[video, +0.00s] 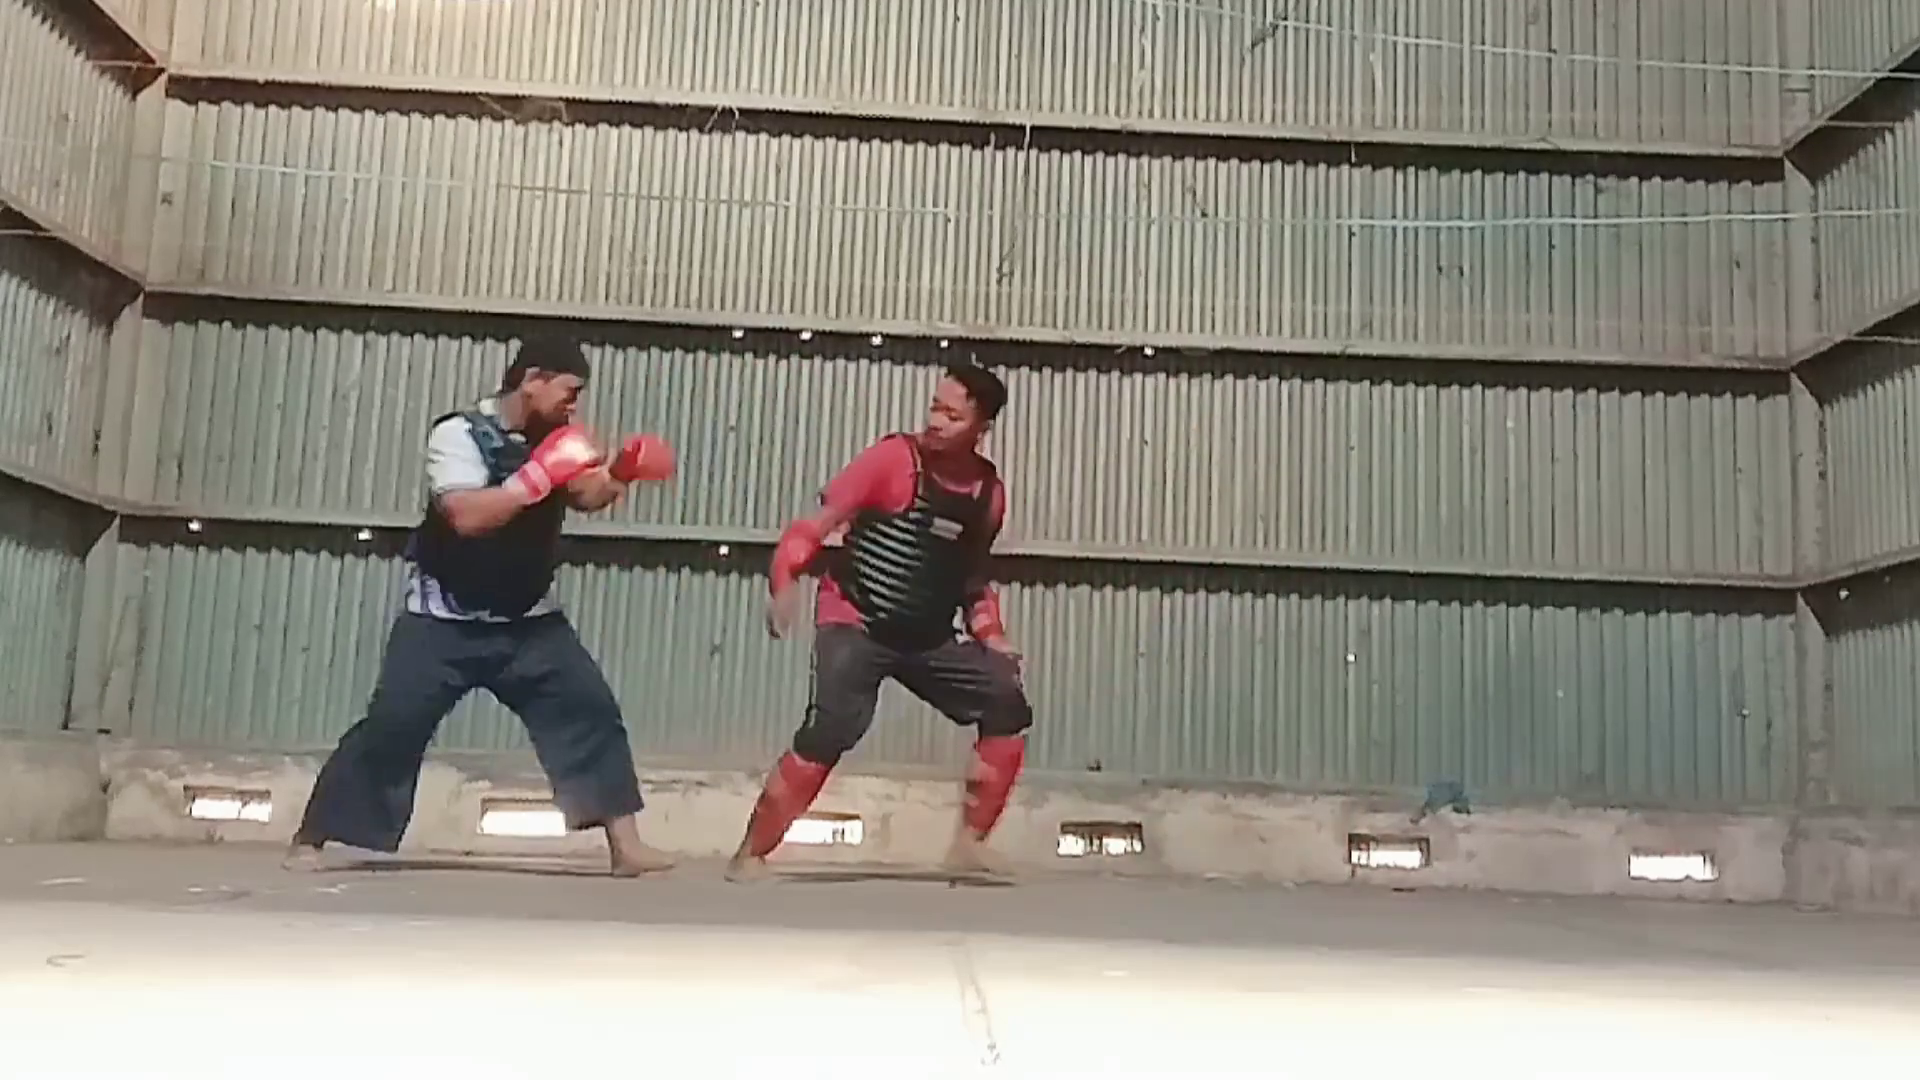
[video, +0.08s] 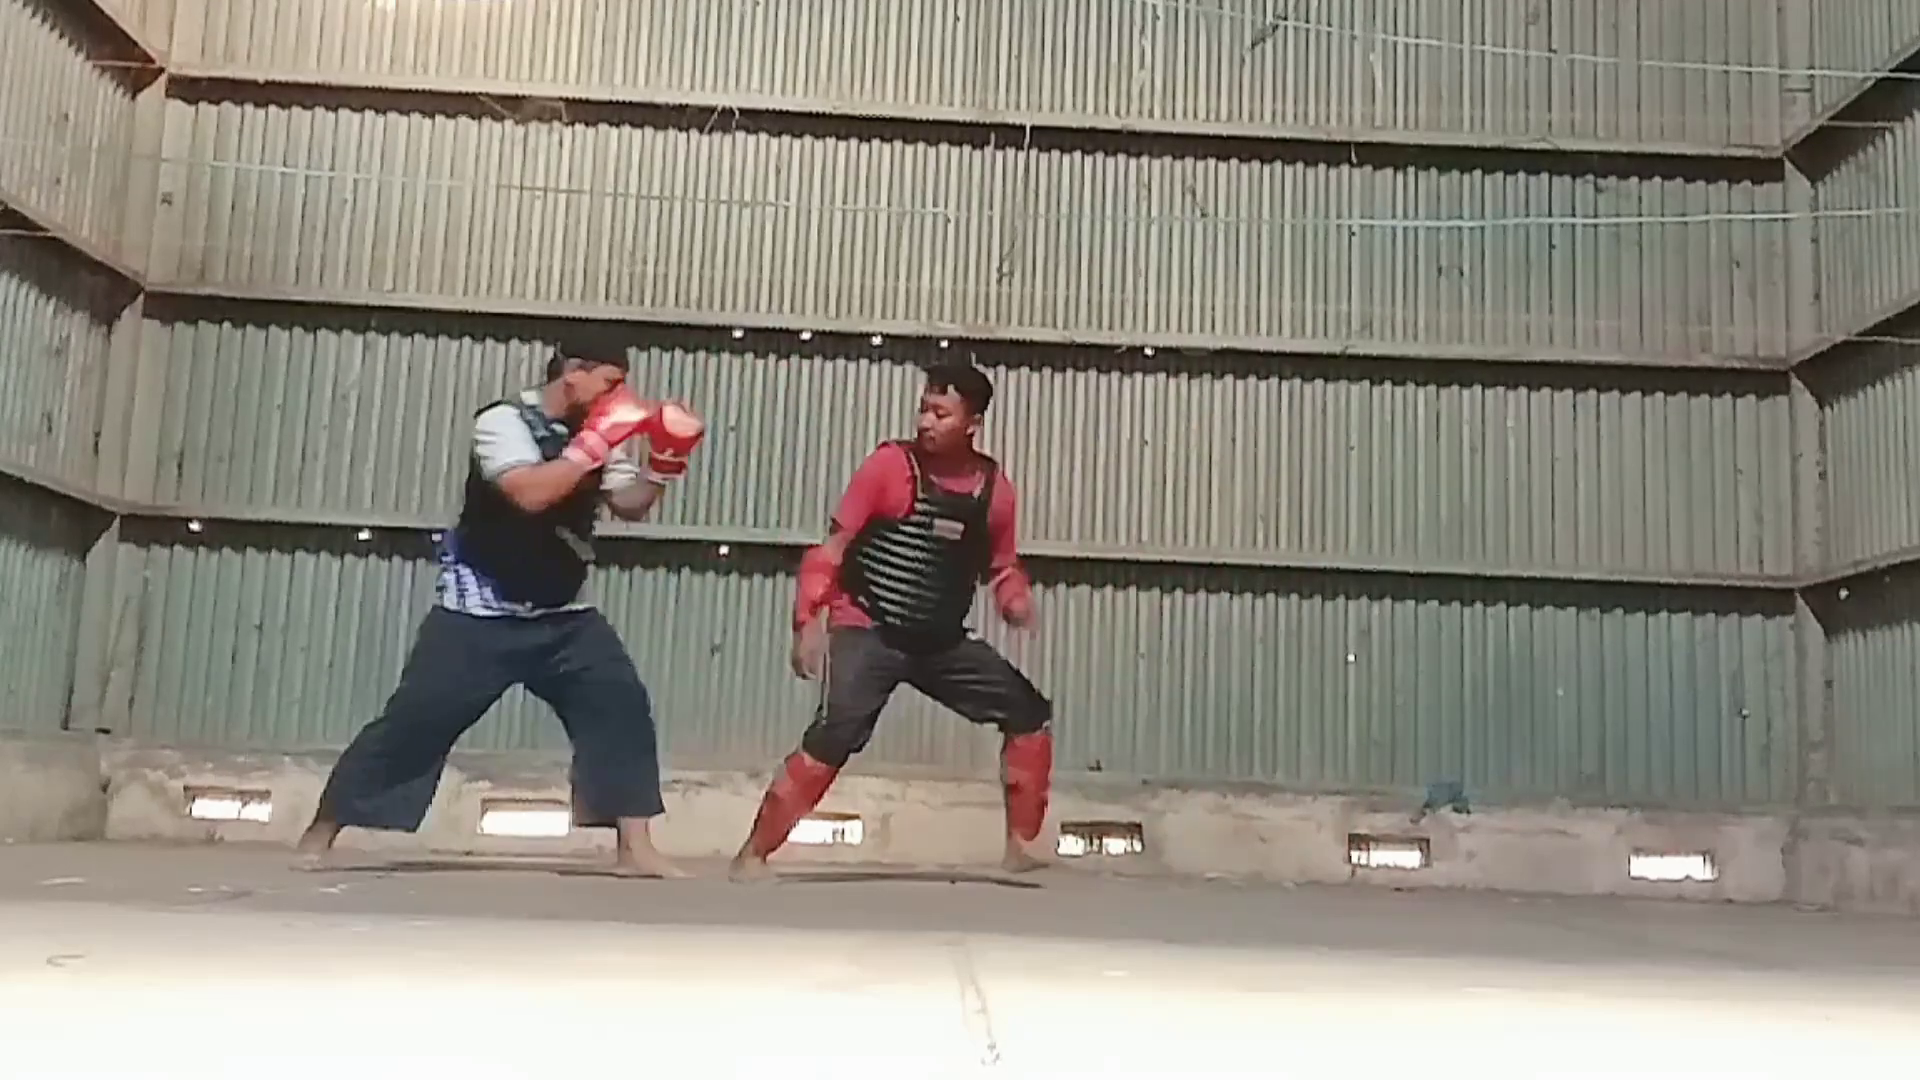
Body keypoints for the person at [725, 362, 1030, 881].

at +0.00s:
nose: (935, 421)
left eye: (951, 415)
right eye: (934, 408)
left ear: (982, 429)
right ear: (930, 405)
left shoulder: (988, 492)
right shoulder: (891, 459)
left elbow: (975, 576)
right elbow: (813, 526)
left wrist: (995, 644)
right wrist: (782, 585)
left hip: (927, 635)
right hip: (855, 624)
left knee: (1006, 704)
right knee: (833, 726)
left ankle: (967, 850)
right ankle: (750, 858)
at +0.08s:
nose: (925, 422)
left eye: (940, 414)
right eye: (923, 409)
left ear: (973, 422)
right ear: (919, 408)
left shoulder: (995, 490)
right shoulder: (889, 465)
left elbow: (1004, 565)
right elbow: (831, 548)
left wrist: (1016, 597)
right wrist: (808, 622)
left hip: (941, 641)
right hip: (867, 632)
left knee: (1028, 713)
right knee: (838, 731)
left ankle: (1020, 848)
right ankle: (753, 856)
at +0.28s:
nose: (960, 392)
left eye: (971, 383)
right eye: (957, 382)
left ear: (1008, 386)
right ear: (959, 382)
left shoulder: (1045, 445)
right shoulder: (935, 443)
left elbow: (1077, 527)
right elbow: (892, 530)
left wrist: (1045, 512)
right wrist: (855, 606)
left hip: (1007, 623)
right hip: (934, 615)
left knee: (1052, 731)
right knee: (876, 708)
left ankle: (1017, 856)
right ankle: (810, 831)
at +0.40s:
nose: (987, 361)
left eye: (998, 352)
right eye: (985, 351)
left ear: (1033, 354)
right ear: (988, 352)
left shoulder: (1075, 415)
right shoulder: (965, 414)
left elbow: (1113, 483)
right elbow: (931, 497)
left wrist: (1086, 484)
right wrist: (917, 575)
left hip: (1044, 589)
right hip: (972, 583)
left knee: (1072, 704)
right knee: (962, 696)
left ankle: (1049, 839)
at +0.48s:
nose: (998, 361)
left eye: (1010, 351)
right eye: (997, 350)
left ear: (1043, 354)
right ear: (999, 352)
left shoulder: (1084, 413)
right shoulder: (974, 418)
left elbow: (1123, 482)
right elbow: (941, 502)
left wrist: (1099, 493)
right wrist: (941, 578)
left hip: (1063, 589)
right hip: (990, 590)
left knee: (1099, 704)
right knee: (992, 709)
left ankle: (1090, 840)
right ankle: (992, 842)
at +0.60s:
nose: (1020, 383)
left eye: (1032, 374)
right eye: (1018, 373)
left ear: (1066, 382)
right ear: (1018, 379)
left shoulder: (1107, 444)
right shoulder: (999, 456)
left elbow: (1149, 516)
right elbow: (971, 535)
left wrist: (1123, 533)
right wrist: (967, 598)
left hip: (1100, 618)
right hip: (1029, 622)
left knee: (1148, 722)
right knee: (1019, 738)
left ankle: (1172, 835)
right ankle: (1017, 857)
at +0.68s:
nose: (1034, 401)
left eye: (1044, 390)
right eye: (1031, 391)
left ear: (1082, 395)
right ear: (1028, 397)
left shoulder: (1125, 457)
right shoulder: (1019, 470)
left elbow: (1169, 528)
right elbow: (994, 550)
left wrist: (1141, 547)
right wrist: (983, 611)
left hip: (1119, 631)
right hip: (1046, 634)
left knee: (1164, 738)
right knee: (1026, 744)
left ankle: (1186, 849)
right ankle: (1017, 860)